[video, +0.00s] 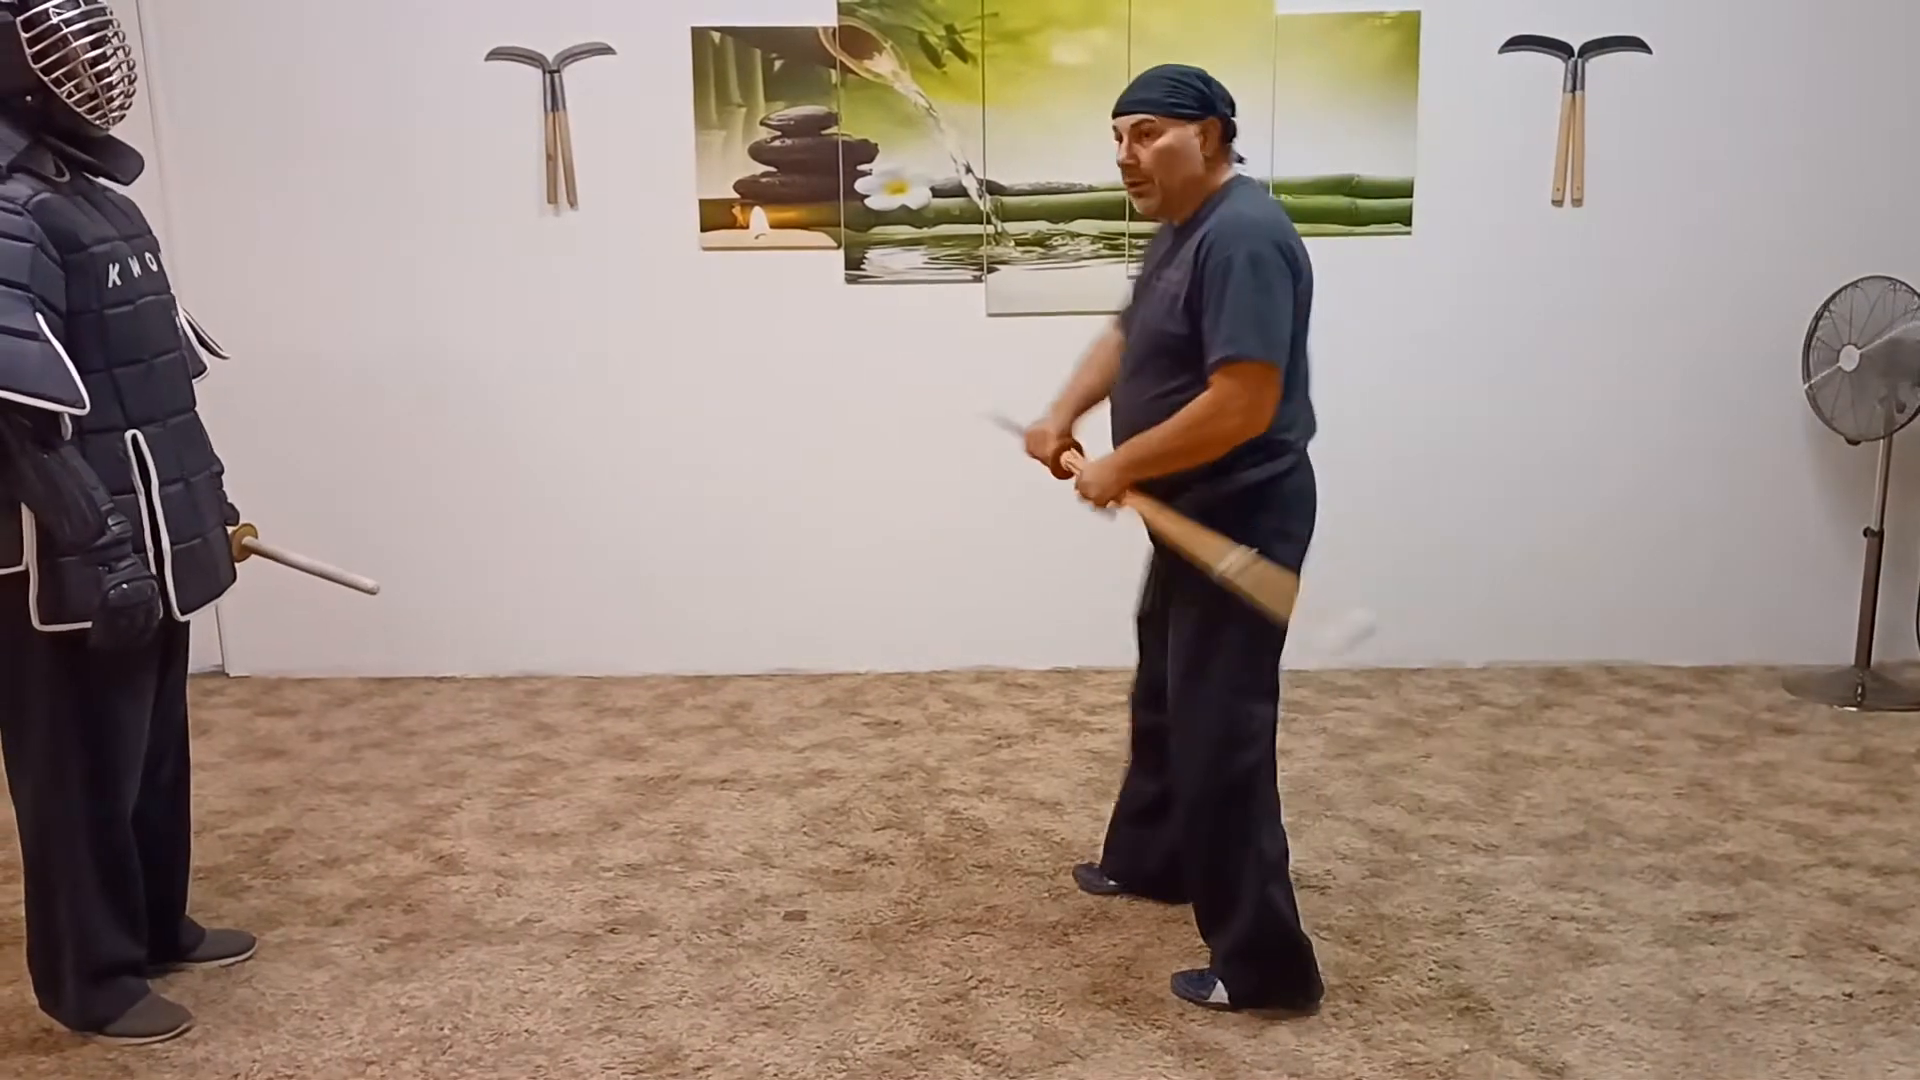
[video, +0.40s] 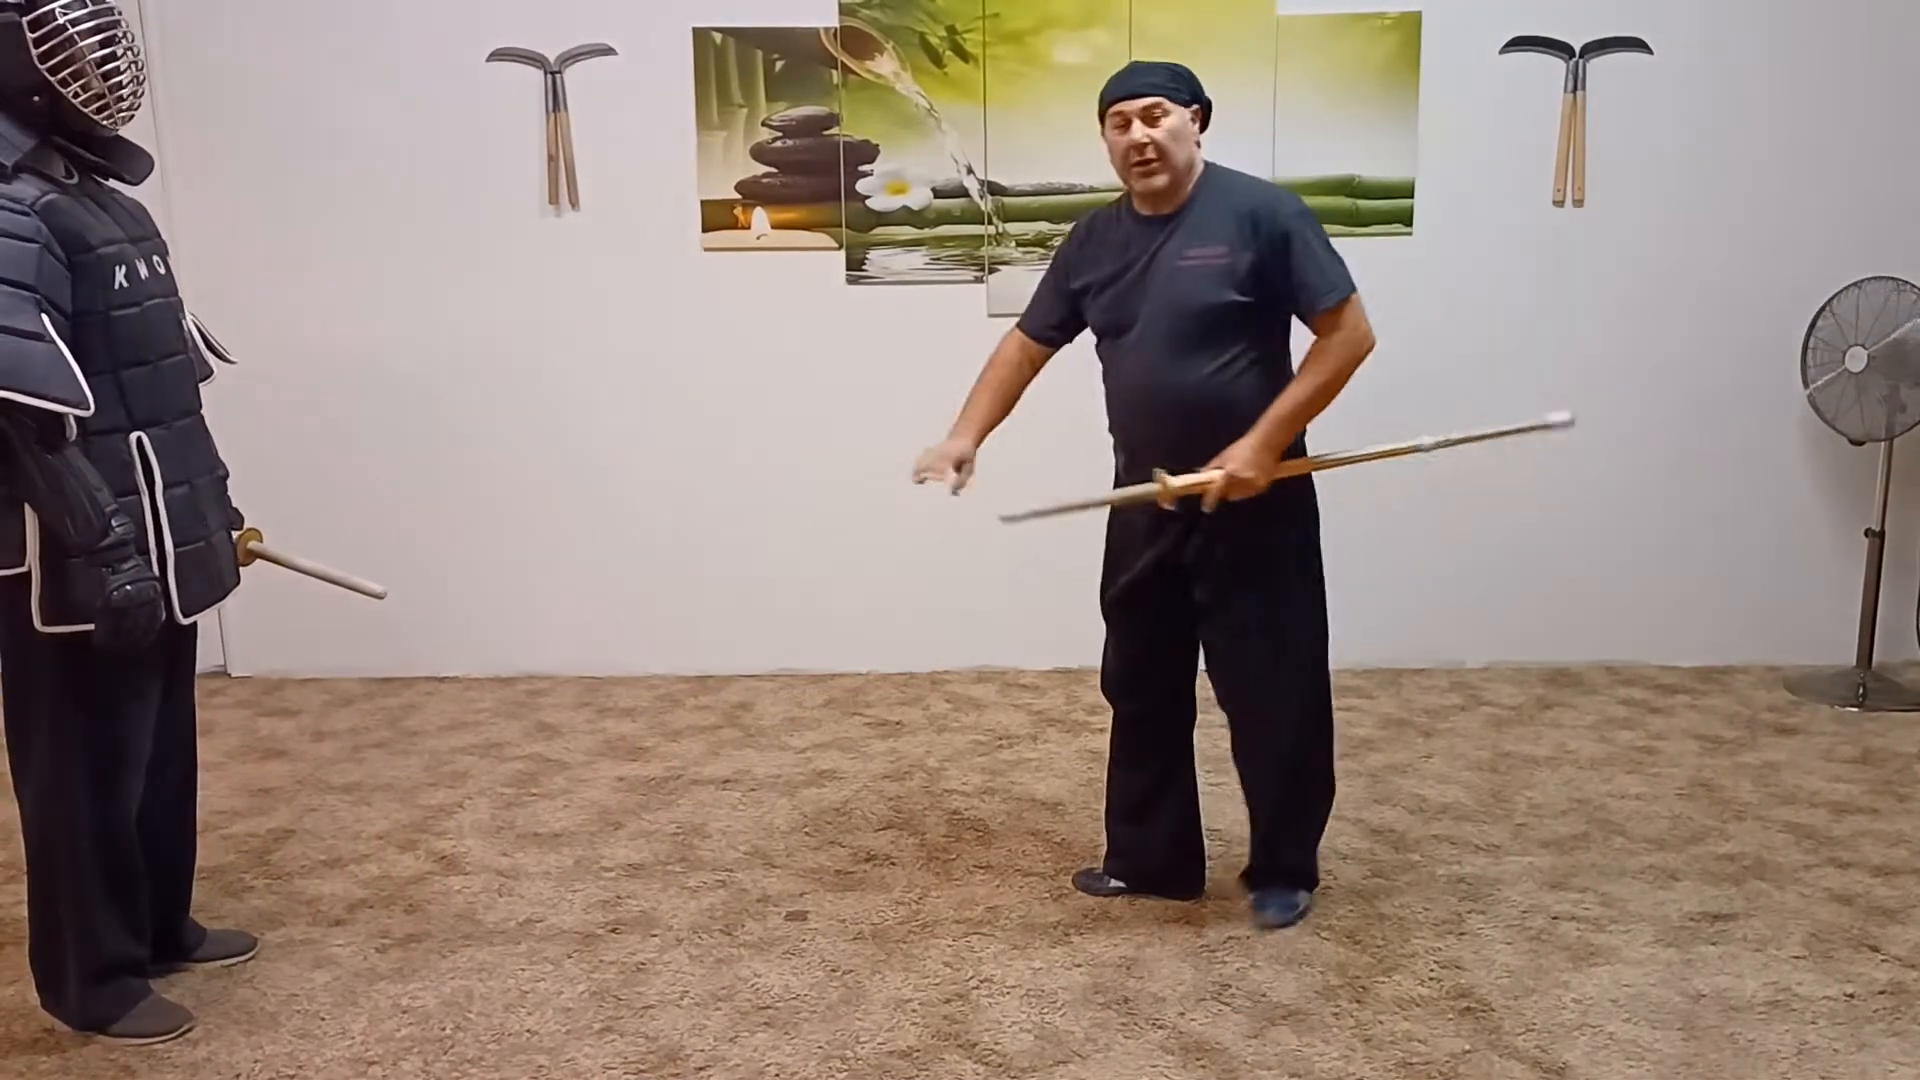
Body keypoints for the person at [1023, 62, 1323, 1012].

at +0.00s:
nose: (1130, 156)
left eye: (1148, 134)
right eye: (1122, 141)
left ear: (1211, 136)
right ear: (1128, 155)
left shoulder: (1243, 233)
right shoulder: (1184, 231)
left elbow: (1244, 401)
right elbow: (1130, 337)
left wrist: (1124, 464)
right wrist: (1062, 412)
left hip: (1244, 514)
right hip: (1188, 506)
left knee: (1217, 729)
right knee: (1164, 692)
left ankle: (1265, 965)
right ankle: (1152, 859)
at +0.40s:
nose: (1137, 137)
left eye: (1155, 118)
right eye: (1120, 125)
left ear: (1198, 126)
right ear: (1108, 144)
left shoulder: (1263, 214)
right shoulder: (1093, 240)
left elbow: (1349, 333)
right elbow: (1026, 344)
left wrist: (1266, 439)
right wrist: (964, 434)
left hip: (1257, 497)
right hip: (1145, 504)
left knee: (1273, 689)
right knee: (1141, 689)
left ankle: (1283, 869)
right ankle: (1152, 861)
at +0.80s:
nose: (1248, 132)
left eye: (1267, 117)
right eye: (1230, 119)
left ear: (1302, 133)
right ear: (1210, 139)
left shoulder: (1355, 230)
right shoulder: (1175, 234)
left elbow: (1415, 363)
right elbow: (1137, 365)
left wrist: (1367, 482)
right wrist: (1097, 481)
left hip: (1316, 493)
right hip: (1196, 488)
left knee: (1329, 690)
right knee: (1172, 681)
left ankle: (1314, 864)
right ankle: (1158, 859)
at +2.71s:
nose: (1241, 126)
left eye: (1260, 111)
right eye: (1226, 116)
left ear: (1301, 126)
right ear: (1212, 137)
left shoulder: (1353, 228)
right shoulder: (1178, 235)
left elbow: (1392, 369)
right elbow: (1141, 365)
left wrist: (1395, 500)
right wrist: (1111, 487)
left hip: (1318, 492)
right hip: (1204, 492)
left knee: (1322, 682)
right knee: (1213, 679)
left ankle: (1315, 859)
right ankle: (1244, 840)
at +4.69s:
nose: (1192, 176)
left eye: (1202, 153)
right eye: (1185, 161)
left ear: (1258, 137)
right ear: (1227, 153)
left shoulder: (1349, 220)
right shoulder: (1227, 243)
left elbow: (1411, 368)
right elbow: (1206, 367)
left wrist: (1358, 503)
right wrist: (1149, 484)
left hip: (1355, 509)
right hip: (1255, 509)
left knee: (1407, 710)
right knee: (1240, 685)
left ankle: (1443, 918)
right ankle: (1257, 842)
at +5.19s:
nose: (1304, 171)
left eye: (1316, 150)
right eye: (1301, 153)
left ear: (1376, 140)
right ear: (1360, 148)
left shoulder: (1458, 236)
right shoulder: (1343, 231)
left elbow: (1497, 401)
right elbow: (1273, 335)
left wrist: (1374, 499)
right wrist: (1232, 428)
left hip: (1453, 516)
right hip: (1355, 512)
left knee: (1459, 727)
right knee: (1360, 708)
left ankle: (1459, 933)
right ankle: (1373, 885)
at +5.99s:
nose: (1359, 144)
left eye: (1375, 124)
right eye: (1361, 127)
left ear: (1435, 127)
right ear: (1421, 133)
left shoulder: (1509, 230)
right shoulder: (1389, 230)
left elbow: (1564, 389)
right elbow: (1309, 343)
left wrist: (1419, 462)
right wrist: (1281, 430)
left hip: (1474, 516)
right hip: (1385, 506)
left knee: (1455, 712)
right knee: (1357, 691)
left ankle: (1459, 930)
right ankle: (1380, 888)